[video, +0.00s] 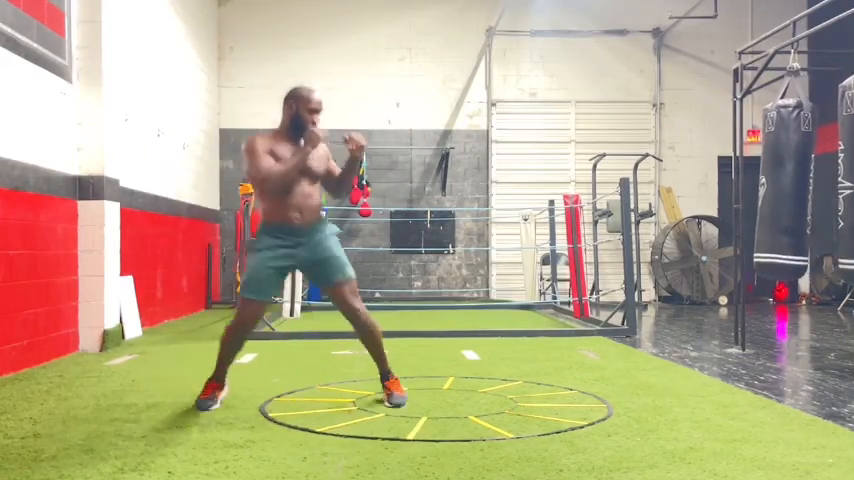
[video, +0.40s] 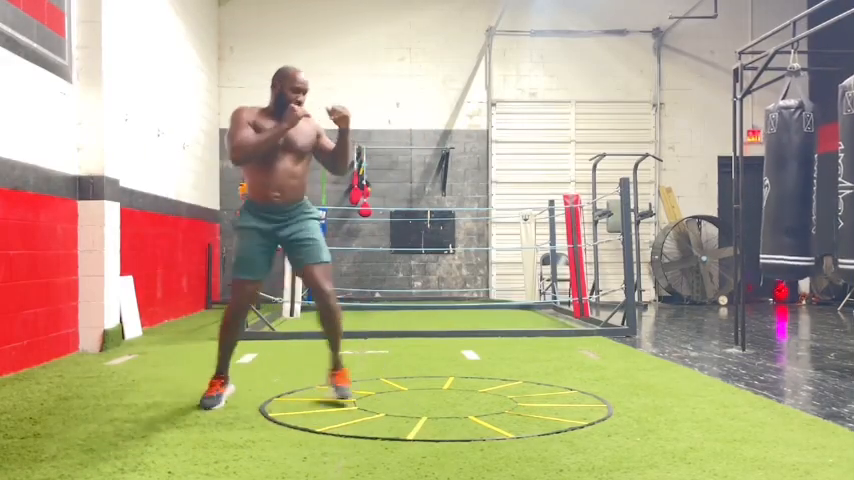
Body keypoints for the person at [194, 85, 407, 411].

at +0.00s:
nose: (317, 119)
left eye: (319, 113)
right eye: (312, 112)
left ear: (316, 112)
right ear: (291, 107)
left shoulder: (318, 149)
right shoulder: (260, 143)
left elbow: (339, 188)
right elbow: (268, 187)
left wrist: (354, 160)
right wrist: (305, 150)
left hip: (318, 237)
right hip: (273, 241)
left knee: (354, 307)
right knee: (245, 320)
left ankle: (388, 377)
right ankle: (217, 380)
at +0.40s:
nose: (301, 99)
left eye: (304, 94)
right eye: (296, 92)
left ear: (306, 96)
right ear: (276, 88)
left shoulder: (309, 125)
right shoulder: (246, 117)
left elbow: (339, 166)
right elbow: (238, 155)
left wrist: (344, 130)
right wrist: (284, 127)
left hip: (299, 216)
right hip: (256, 217)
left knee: (324, 291)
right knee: (241, 300)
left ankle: (337, 368)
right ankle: (220, 377)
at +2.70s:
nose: (299, 142)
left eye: (304, 137)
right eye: (295, 136)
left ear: (308, 137)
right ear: (280, 131)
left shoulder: (312, 164)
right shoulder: (250, 157)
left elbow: (330, 205)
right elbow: (247, 196)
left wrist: (329, 174)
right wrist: (284, 165)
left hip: (294, 239)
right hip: (255, 241)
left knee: (308, 298)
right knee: (229, 307)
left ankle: (328, 372)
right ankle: (213, 362)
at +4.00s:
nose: (328, 124)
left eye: (333, 120)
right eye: (323, 119)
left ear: (339, 117)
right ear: (311, 114)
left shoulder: (349, 142)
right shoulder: (291, 140)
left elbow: (375, 177)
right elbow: (283, 175)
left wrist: (357, 139)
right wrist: (313, 143)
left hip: (343, 221)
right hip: (309, 224)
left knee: (349, 286)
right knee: (300, 298)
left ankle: (382, 353)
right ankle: (323, 351)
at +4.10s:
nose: (340, 139)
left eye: (345, 133)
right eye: (335, 132)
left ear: (350, 132)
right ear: (323, 129)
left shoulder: (357, 155)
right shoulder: (302, 154)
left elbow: (384, 194)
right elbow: (295, 190)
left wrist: (367, 156)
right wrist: (325, 160)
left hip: (354, 232)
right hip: (322, 237)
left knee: (361, 299)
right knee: (308, 310)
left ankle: (402, 371)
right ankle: (329, 358)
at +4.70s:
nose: (331, 143)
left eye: (337, 139)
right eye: (327, 138)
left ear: (343, 136)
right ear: (316, 132)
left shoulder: (356, 162)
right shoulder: (298, 159)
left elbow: (373, 204)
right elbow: (290, 196)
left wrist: (358, 177)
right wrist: (316, 172)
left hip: (343, 237)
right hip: (309, 238)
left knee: (338, 298)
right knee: (297, 301)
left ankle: (367, 361)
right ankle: (311, 360)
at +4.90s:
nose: (336, 130)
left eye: (341, 126)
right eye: (332, 125)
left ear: (347, 123)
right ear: (320, 118)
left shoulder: (356, 143)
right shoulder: (301, 142)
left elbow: (380, 181)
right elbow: (290, 179)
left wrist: (364, 156)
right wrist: (320, 153)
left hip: (349, 219)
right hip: (313, 221)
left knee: (361, 278)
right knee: (301, 286)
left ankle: (385, 345)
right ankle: (306, 351)